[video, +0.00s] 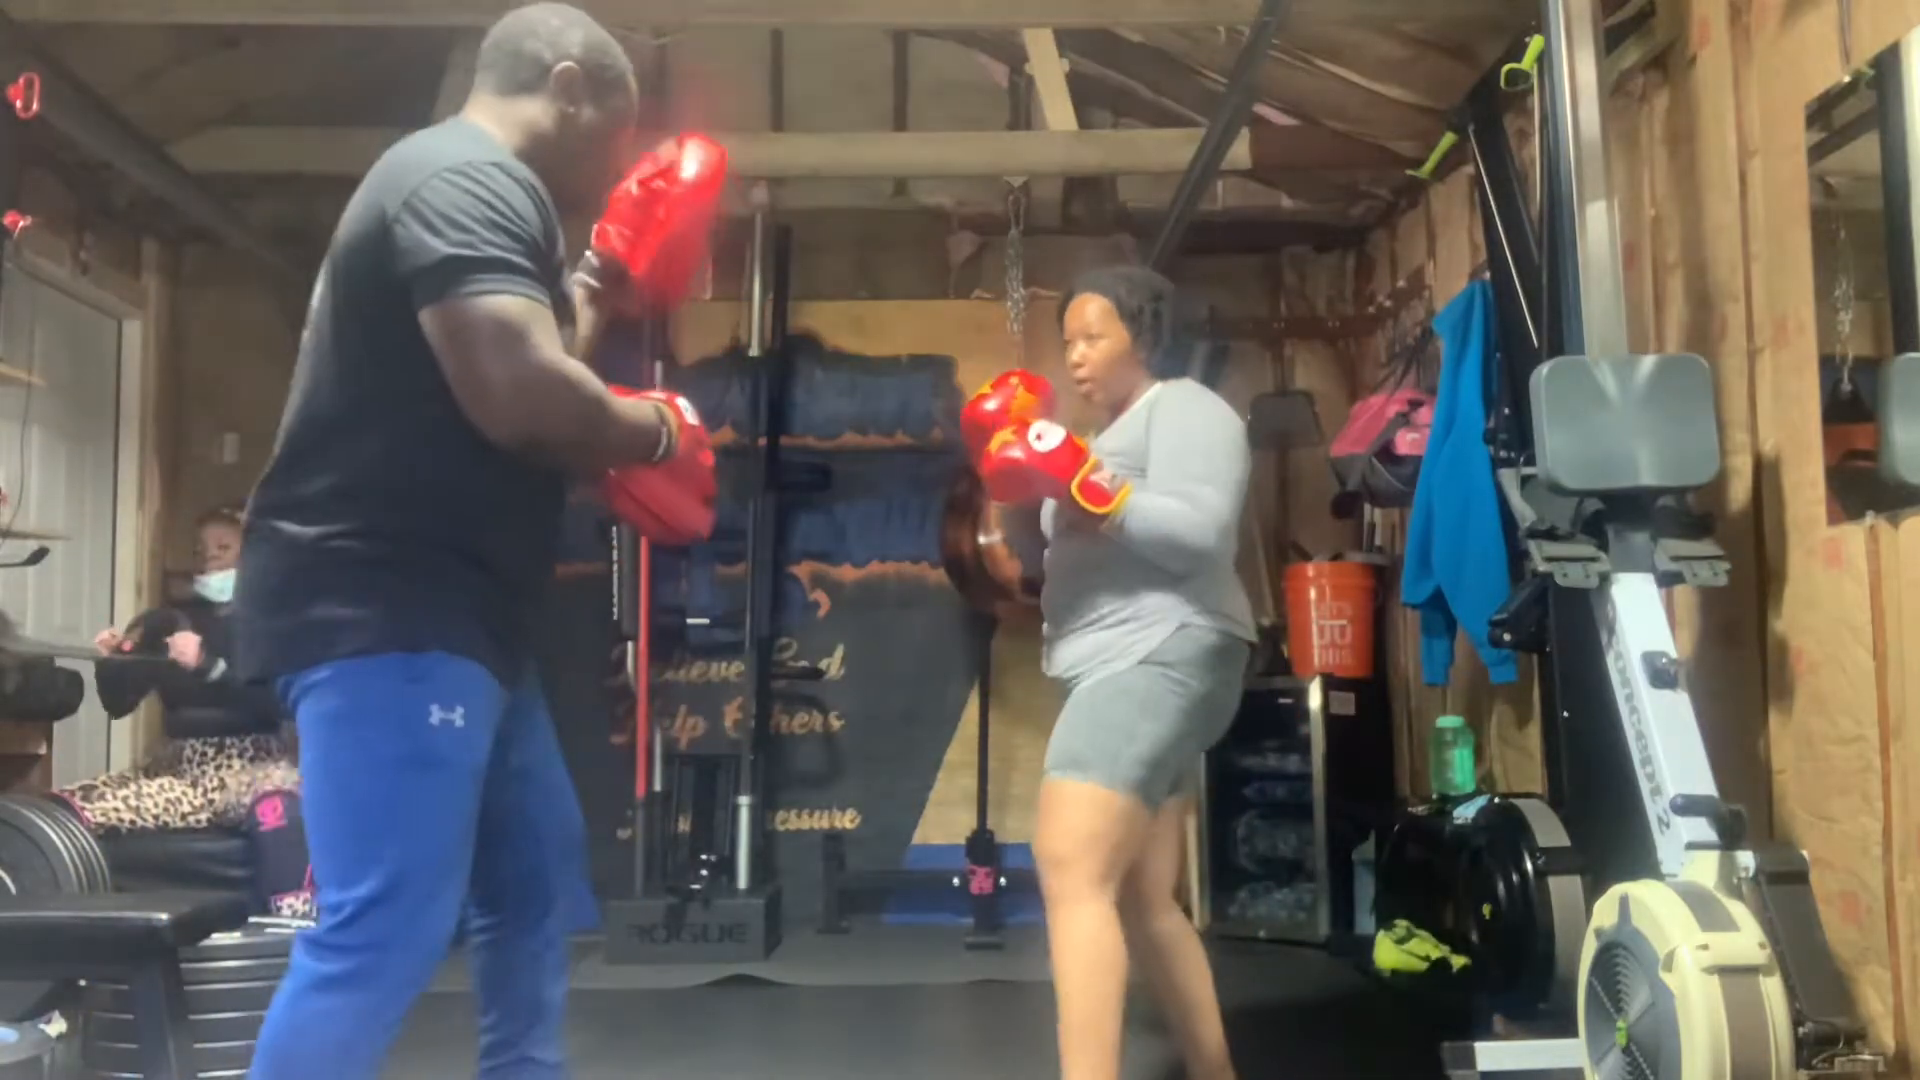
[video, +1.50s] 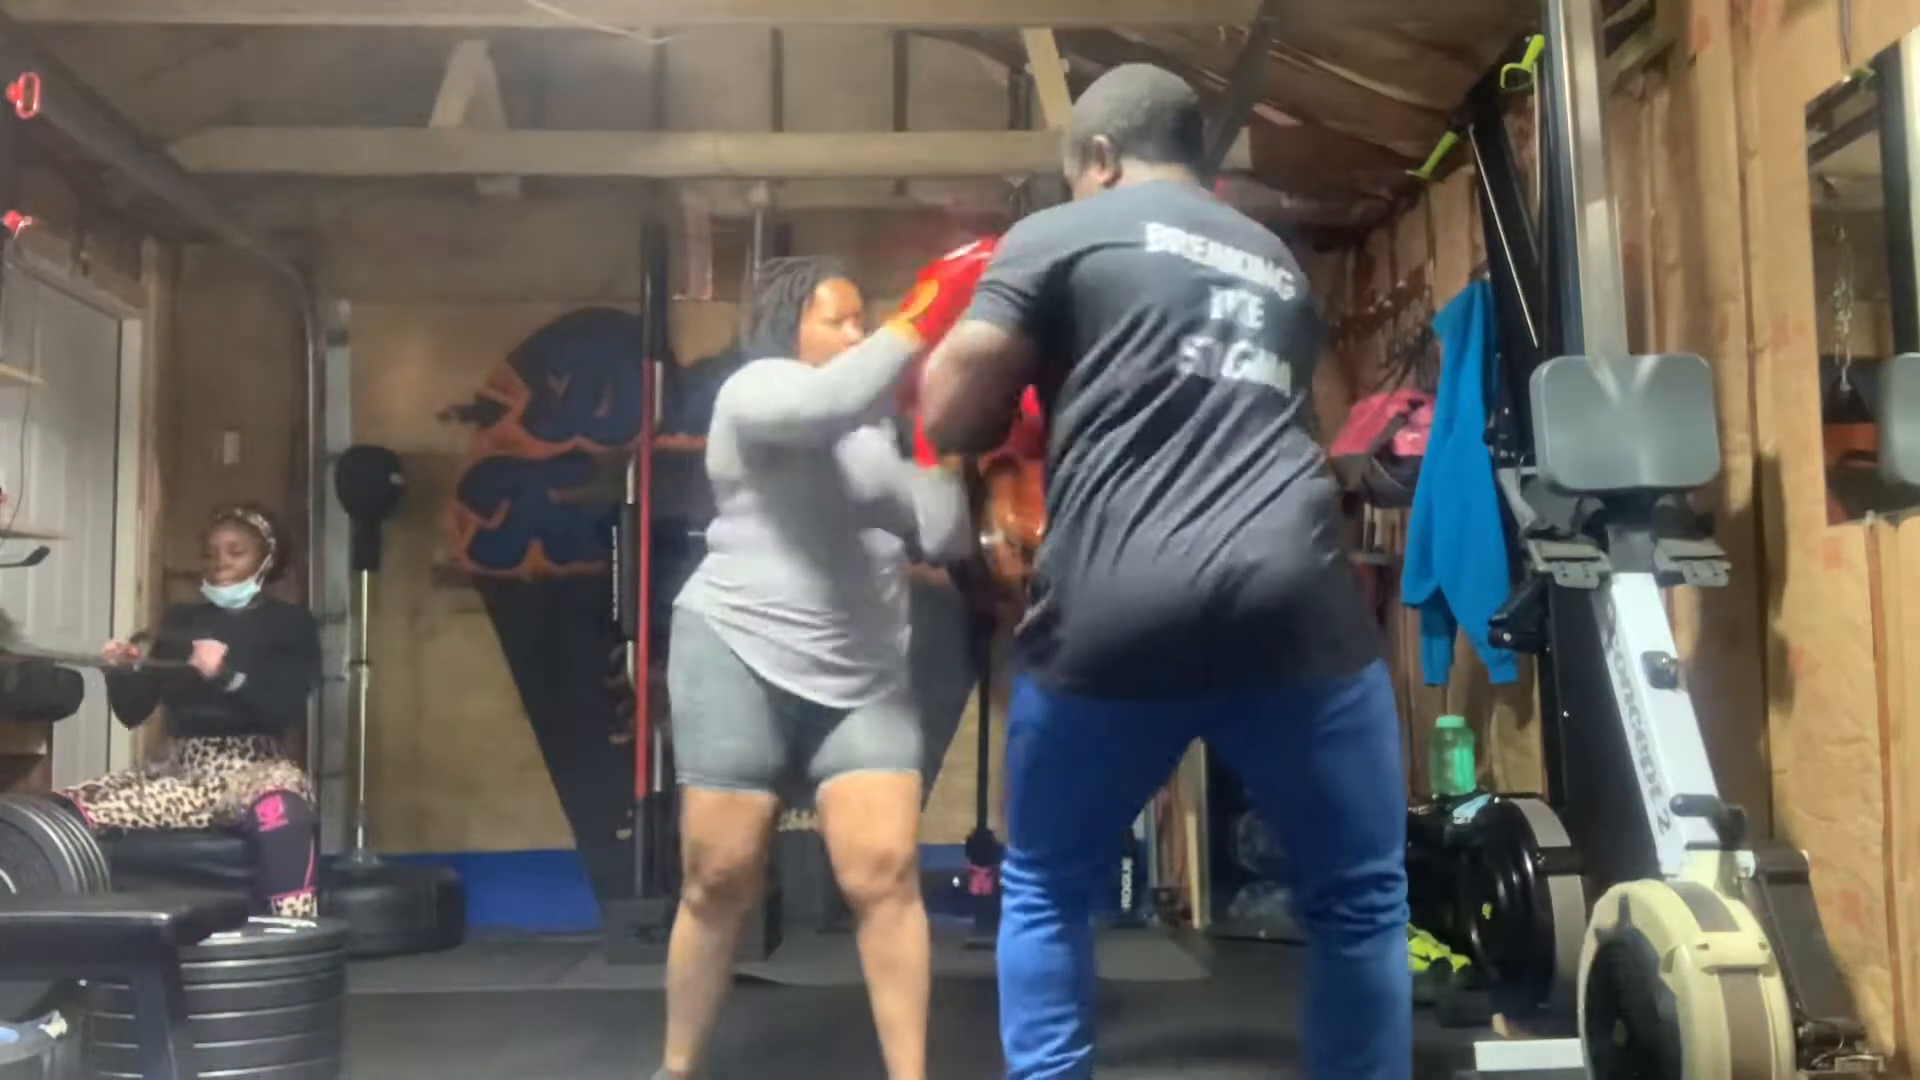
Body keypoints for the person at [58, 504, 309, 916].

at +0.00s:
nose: (211, 560)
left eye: (222, 550)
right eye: (204, 552)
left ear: (246, 553)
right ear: (196, 556)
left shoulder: (263, 612)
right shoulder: (173, 618)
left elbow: (272, 692)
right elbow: (119, 703)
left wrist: (207, 661)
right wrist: (112, 661)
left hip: (259, 765)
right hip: (180, 768)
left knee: (278, 810)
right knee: (70, 807)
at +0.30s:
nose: (209, 564)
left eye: (221, 553)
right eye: (199, 555)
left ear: (247, 555)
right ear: (189, 561)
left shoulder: (265, 615)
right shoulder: (178, 621)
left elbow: (292, 713)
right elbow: (146, 730)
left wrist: (244, 686)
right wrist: (137, 688)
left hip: (250, 766)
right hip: (178, 766)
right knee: (62, 807)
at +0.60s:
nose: (204, 557)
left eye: (216, 546)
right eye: (197, 548)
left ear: (249, 554)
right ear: (189, 555)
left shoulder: (267, 615)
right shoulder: (170, 612)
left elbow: (264, 691)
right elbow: (110, 691)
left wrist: (191, 655)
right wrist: (109, 652)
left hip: (251, 764)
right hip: (182, 766)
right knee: (72, 809)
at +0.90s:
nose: (209, 561)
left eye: (222, 549)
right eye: (201, 552)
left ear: (253, 556)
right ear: (193, 557)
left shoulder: (286, 620)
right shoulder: (176, 620)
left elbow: (305, 722)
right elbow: (145, 724)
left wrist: (240, 697)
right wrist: (131, 695)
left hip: (259, 772)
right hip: (179, 772)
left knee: (279, 813)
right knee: (60, 811)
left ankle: (294, 946)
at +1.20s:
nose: (214, 560)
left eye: (228, 549)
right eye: (207, 549)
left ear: (258, 557)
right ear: (198, 553)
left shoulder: (285, 618)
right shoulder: (174, 616)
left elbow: (270, 691)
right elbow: (113, 688)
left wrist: (192, 672)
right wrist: (107, 668)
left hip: (250, 773)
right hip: (173, 775)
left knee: (281, 814)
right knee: (61, 813)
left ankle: (293, 944)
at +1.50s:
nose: (221, 565)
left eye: (236, 553)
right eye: (212, 554)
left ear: (264, 561)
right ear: (202, 557)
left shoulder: (289, 621)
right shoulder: (181, 618)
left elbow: (282, 713)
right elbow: (133, 712)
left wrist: (228, 674)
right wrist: (120, 671)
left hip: (255, 771)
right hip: (178, 770)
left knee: (282, 810)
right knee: (65, 811)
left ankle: (295, 946)